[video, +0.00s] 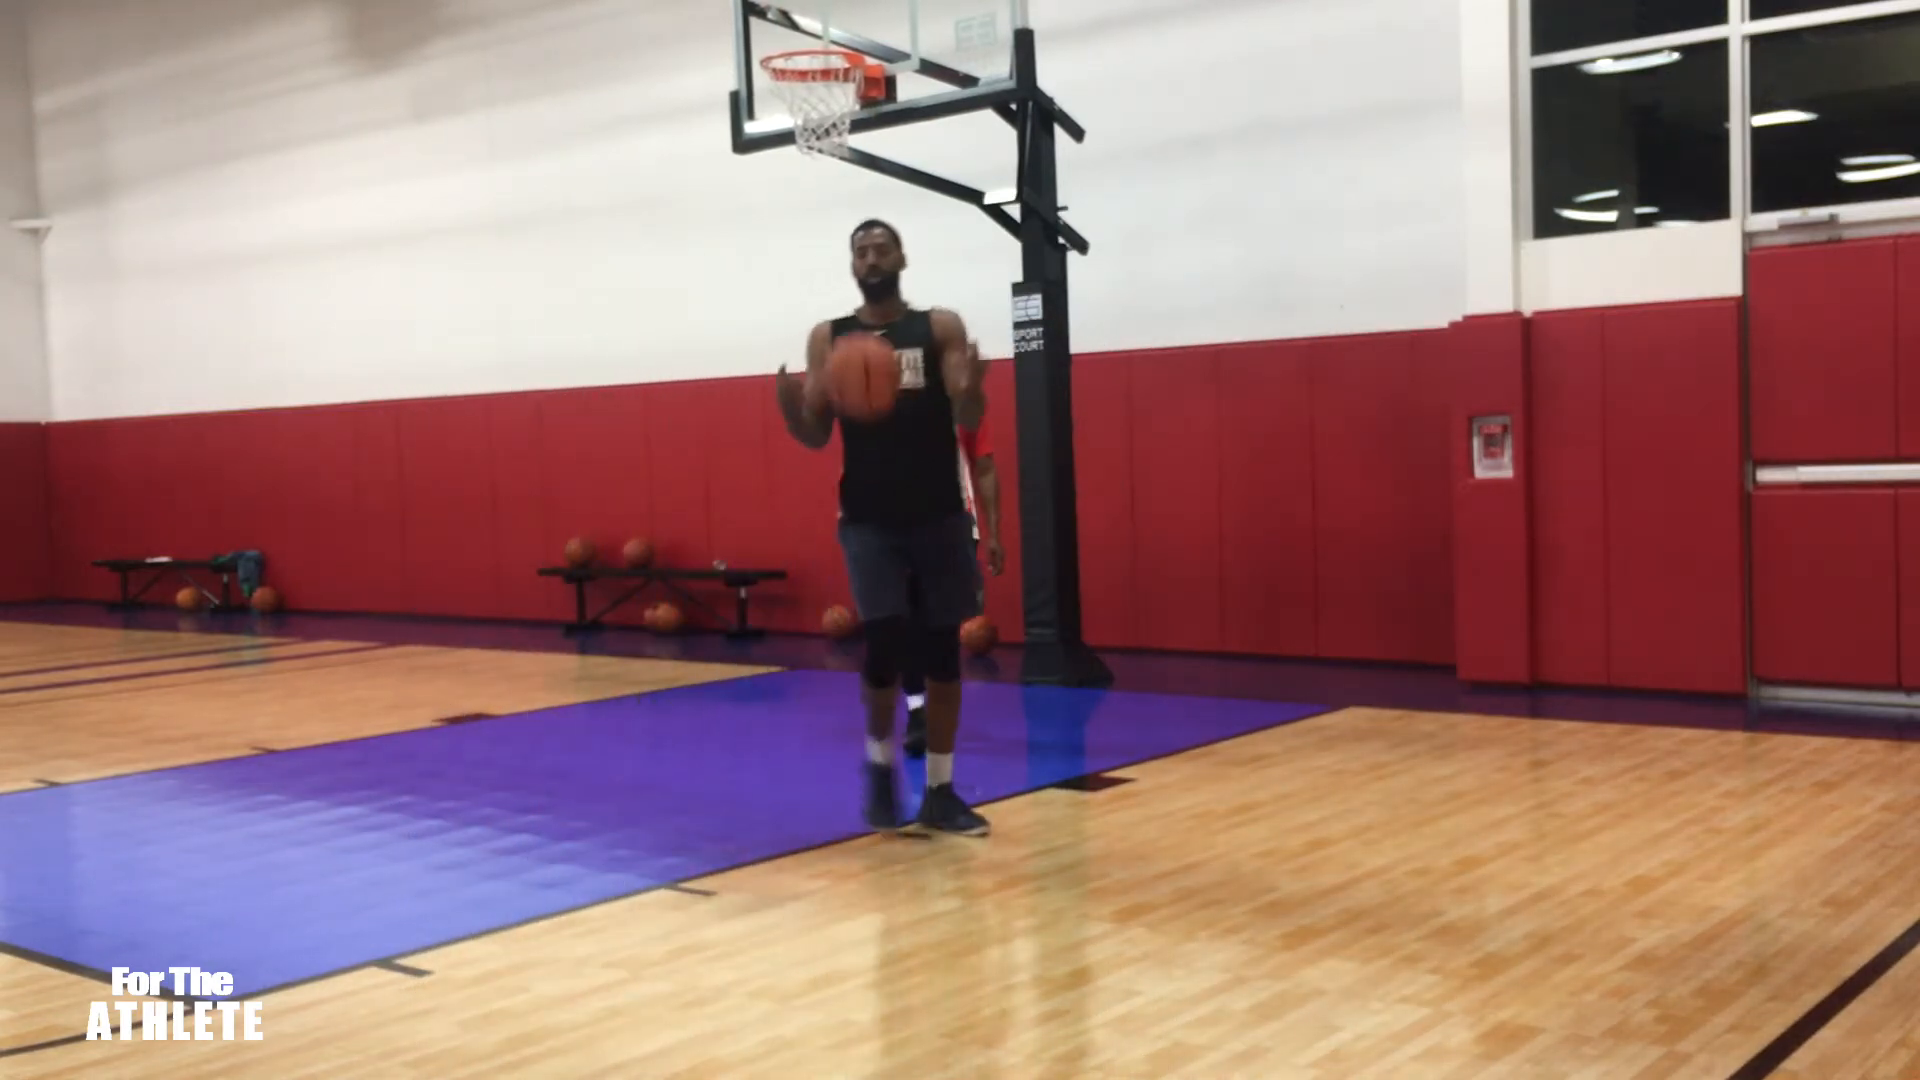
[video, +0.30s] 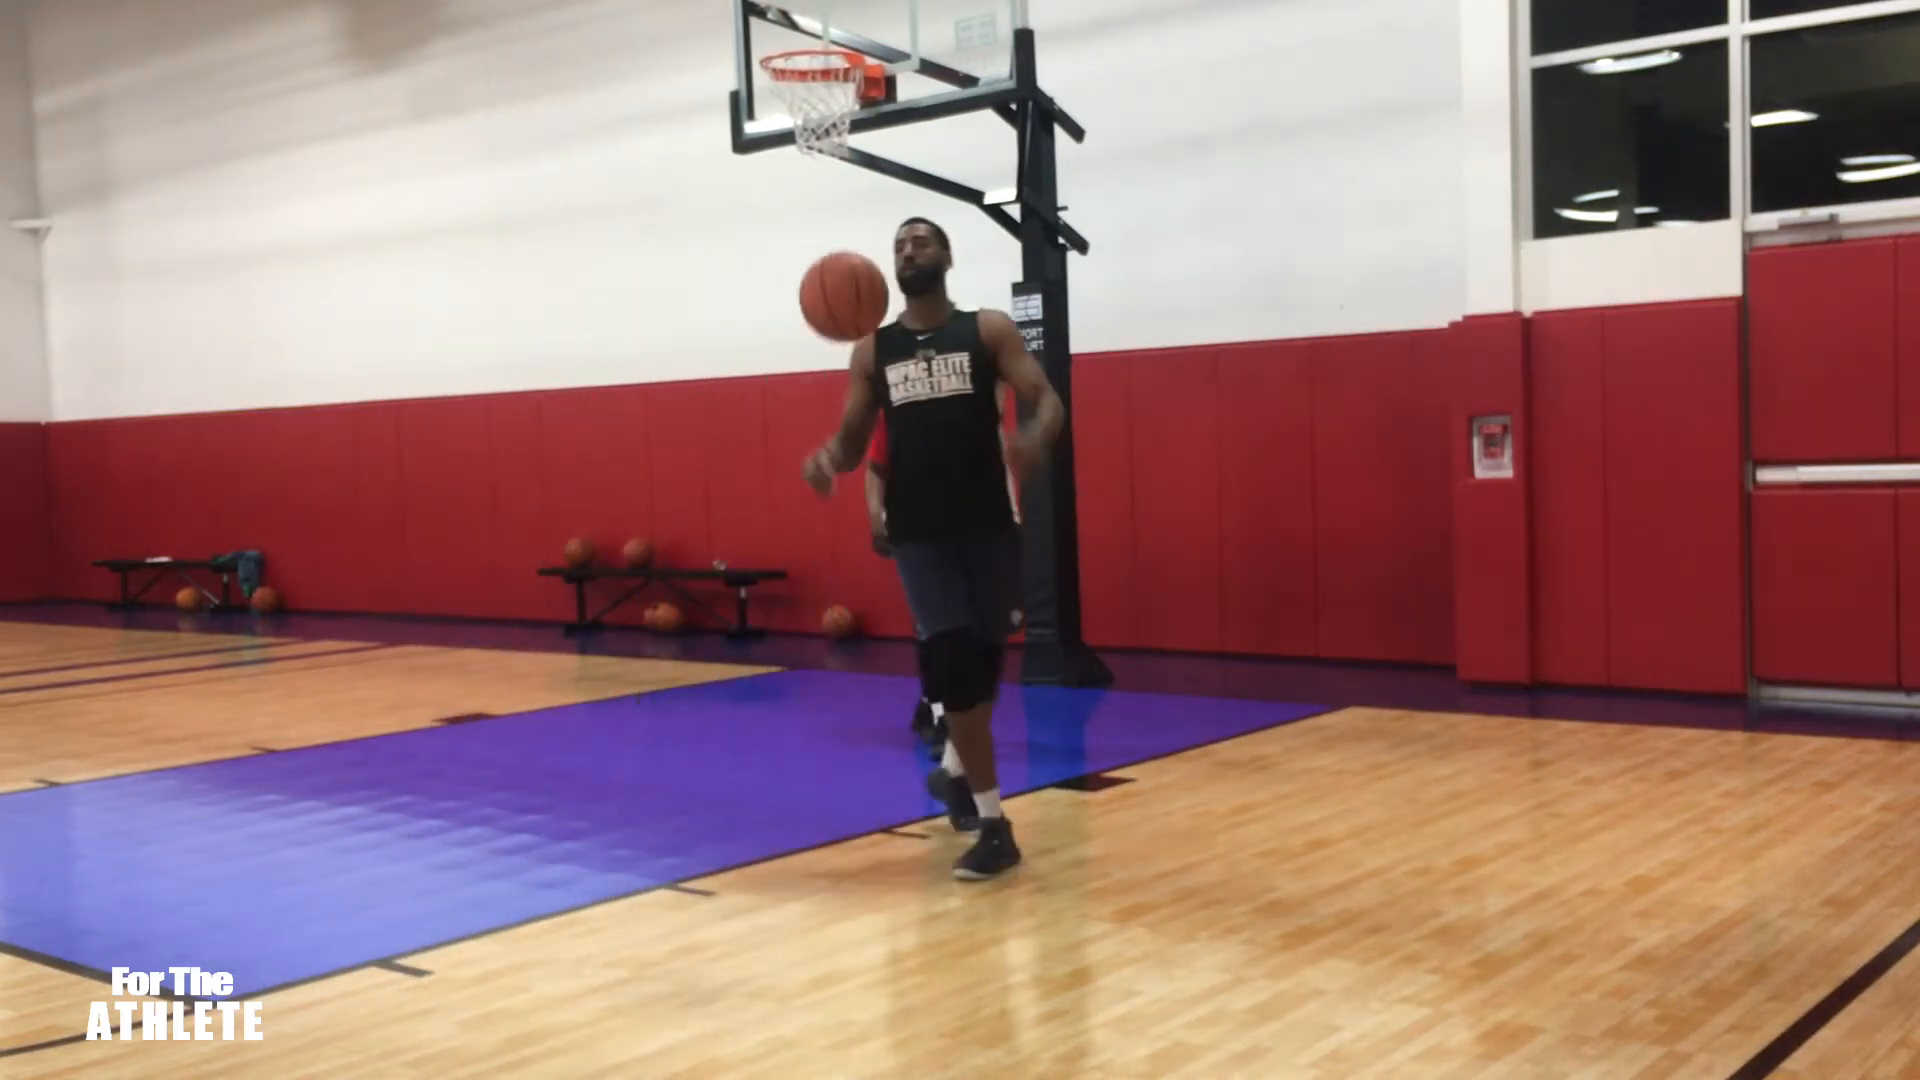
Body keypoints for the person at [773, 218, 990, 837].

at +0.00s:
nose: (872, 257)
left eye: (882, 247)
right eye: (863, 250)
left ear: (903, 258)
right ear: (851, 265)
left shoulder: (941, 327)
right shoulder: (831, 339)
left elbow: (968, 425)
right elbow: (815, 434)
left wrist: (967, 389)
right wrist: (795, 407)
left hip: (939, 515)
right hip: (869, 519)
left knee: (942, 650)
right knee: (885, 643)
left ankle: (939, 789)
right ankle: (880, 770)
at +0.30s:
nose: (911, 248)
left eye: (923, 240)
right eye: (902, 244)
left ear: (948, 259)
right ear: (893, 267)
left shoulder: (989, 329)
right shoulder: (874, 349)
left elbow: (1048, 402)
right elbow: (850, 440)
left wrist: (1032, 441)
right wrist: (829, 460)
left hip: (988, 521)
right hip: (918, 530)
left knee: (984, 665)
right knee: (956, 662)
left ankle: (953, 769)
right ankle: (993, 823)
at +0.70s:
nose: (945, 246)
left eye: (956, 233)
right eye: (935, 237)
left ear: (987, 238)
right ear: (927, 249)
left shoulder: (1046, 322)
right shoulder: (912, 337)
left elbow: (1084, 423)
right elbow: (905, 436)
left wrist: (1116, 512)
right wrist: (902, 509)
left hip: (1035, 534)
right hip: (954, 540)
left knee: (1060, 679)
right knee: (974, 691)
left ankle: (1103, 857)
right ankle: (998, 829)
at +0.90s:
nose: (969, 271)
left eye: (981, 257)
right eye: (960, 261)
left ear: (1021, 258)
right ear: (956, 270)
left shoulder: (1081, 344)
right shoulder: (948, 363)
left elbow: (1137, 455)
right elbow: (932, 477)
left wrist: (1169, 564)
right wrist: (902, 565)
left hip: (1068, 557)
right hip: (986, 566)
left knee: (1071, 701)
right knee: (982, 707)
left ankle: (1120, 902)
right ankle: (1006, 814)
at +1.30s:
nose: (968, 227)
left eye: (978, 210)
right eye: (969, 214)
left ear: (1022, 214)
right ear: (1009, 223)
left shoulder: (1104, 295)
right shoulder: (976, 334)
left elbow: (1182, 393)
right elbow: (957, 455)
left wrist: (1119, 384)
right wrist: (890, 520)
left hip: (1090, 548)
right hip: (1003, 555)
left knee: (1098, 718)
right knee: (944, 711)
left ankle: (1188, 936)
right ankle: (957, 903)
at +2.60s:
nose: (1099, 352)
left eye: (1112, 339)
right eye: (1096, 339)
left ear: (1152, 340)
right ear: (1094, 343)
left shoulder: (1220, 404)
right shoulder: (1085, 416)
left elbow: (1292, 486)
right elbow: (1048, 506)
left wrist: (1339, 555)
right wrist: (1015, 594)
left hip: (1205, 582)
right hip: (1109, 584)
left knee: (1279, 716)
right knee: (1052, 717)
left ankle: (1262, 846)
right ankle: (970, 888)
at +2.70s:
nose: (1155, 323)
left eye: (1167, 309)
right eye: (1149, 311)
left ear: (1206, 306)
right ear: (1148, 314)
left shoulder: (1274, 367)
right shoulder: (1136, 389)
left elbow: (1350, 414)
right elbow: (1102, 472)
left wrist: (1403, 436)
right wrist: (1068, 558)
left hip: (1248, 558)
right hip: (1157, 561)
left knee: (1289, 697)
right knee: (1098, 694)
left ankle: (1263, 844)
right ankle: (1036, 858)